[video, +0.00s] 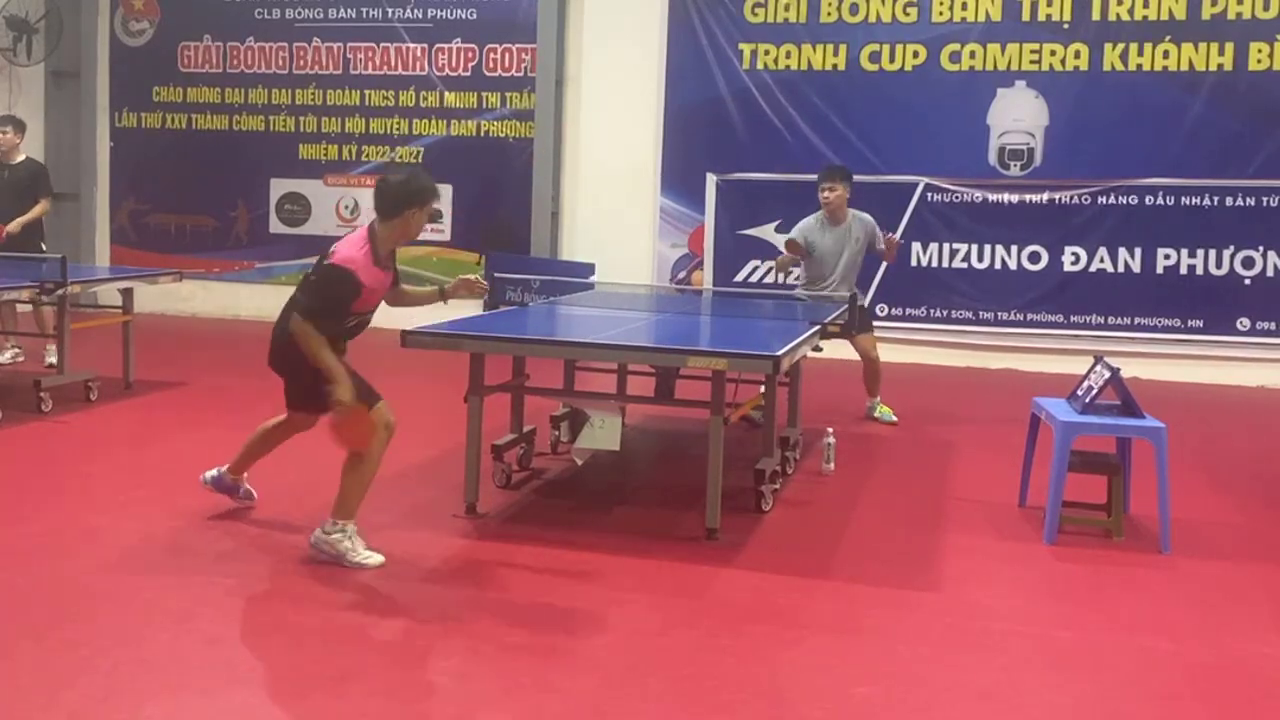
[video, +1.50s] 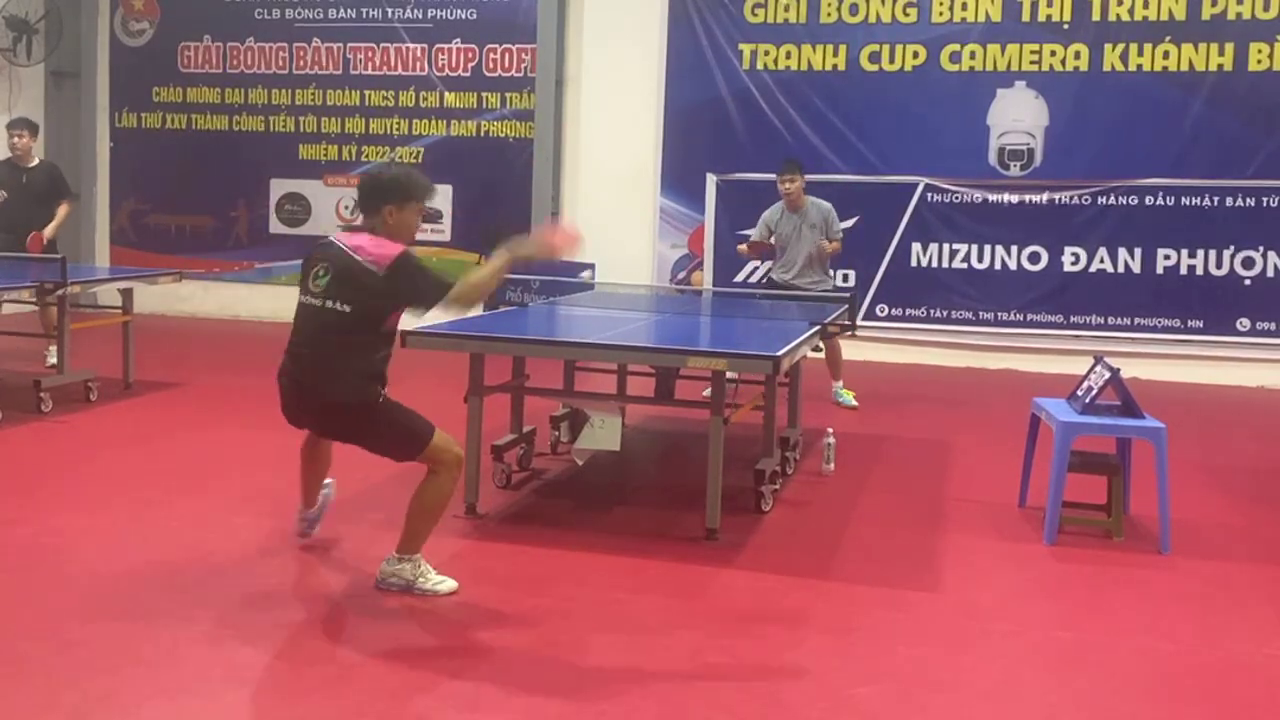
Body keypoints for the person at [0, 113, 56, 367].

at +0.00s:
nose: (0, 138)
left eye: (5, 133)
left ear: (19, 137)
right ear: (3, 137)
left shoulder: (35, 169)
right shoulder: (3, 168)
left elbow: (45, 204)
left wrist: (19, 222)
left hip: (28, 247)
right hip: (4, 247)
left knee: (34, 297)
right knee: (5, 299)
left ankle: (50, 344)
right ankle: (11, 345)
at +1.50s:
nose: (14, 141)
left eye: (20, 137)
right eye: (11, 137)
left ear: (33, 140)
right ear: (7, 140)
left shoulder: (48, 170)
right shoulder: (3, 168)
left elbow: (66, 202)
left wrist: (50, 229)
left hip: (40, 247)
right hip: (7, 247)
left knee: (46, 296)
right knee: (1, 295)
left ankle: (52, 346)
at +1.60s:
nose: (9, 143)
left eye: (15, 139)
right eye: (6, 139)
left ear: (28, 142)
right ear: (2, 142)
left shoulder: (43, 174)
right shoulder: (2, 169)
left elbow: (57, 207)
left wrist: (49, 231)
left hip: (32, 253)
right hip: (4, 253)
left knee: (42, 298)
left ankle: (52, 345)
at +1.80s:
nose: (2, 155)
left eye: (7, 151)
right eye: (0, 150)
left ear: (15, 155)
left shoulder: (18, 179)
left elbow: (25, 208)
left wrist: (32, 232)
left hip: (9, 252)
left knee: (25, 298)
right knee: (23, 299)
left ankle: (44, 346)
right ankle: (44, 346)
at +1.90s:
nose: (3, 165)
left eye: (6, 160)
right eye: (1, 160)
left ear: (12, 161)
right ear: (0, 160)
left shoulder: (12, 181)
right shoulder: (9, 181)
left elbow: (16, 208)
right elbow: (17, 208)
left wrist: (24, 233)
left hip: (3, 249)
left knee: (12, 294)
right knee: (11, 295)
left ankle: (25, 343)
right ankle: (24, 344)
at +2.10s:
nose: (3, 185)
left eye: (6, 181)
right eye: (1, 180)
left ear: (11, 179)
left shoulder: (10, 192)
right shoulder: (7, 193)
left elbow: (29, 219)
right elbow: (29, 218)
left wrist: (26, 233)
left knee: (1, 295)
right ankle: (0, 345)